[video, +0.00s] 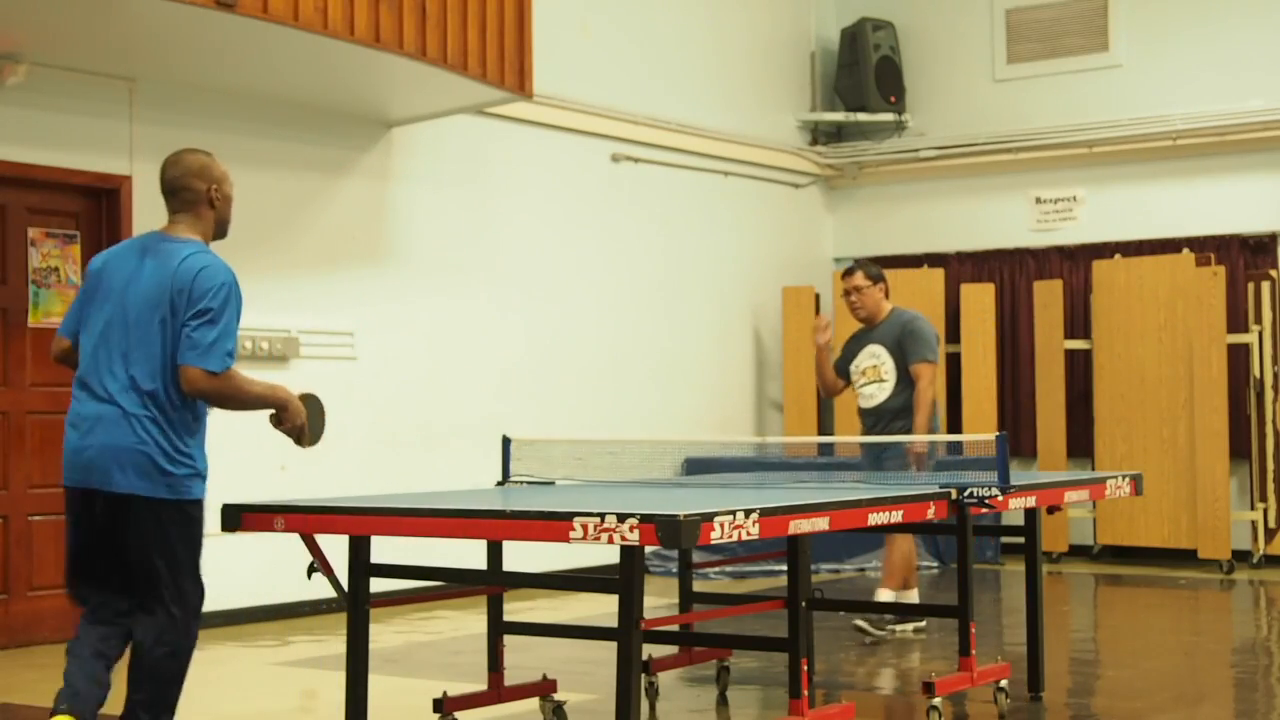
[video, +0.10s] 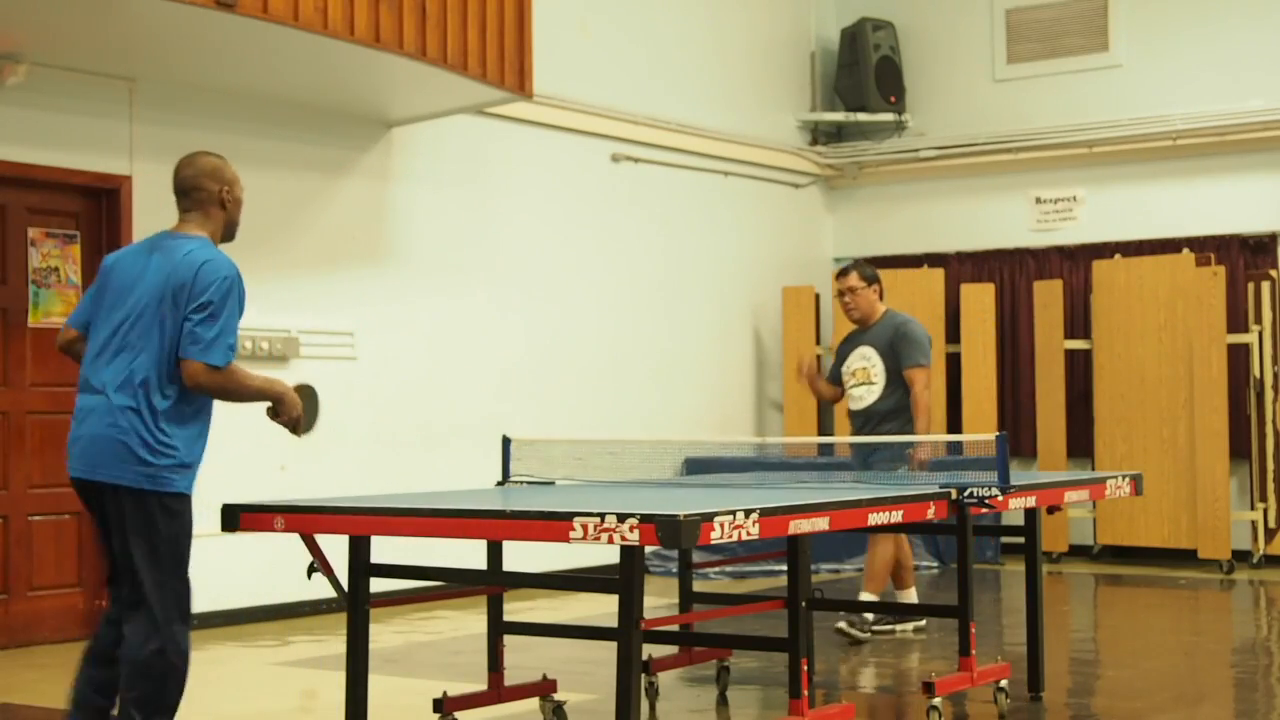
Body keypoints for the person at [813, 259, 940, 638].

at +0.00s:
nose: (853, 299)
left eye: (859, 291)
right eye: (848, 294)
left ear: (882, 290)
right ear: (846, 298)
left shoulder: (911, 325)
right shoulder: (855, 342)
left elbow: (926, 382)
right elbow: (831, 388)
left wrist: (920, 437)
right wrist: (823, 350)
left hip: (907, 442)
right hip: (873, 445)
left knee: (899, 520)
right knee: (896, 521)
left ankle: (883, 605)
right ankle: (910, 608)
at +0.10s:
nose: (846, 301)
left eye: (853, 292)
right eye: (842, 295)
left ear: (875, 291)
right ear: (839, 299)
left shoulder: (905, 330)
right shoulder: (847, 344)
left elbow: (920, 388)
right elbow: (832, 394)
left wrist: (922, 441)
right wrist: (814, 380)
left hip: (897, 444)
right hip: (863, 446)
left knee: (883, 521)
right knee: (887, 522)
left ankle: (865, 610)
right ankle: (909, 607)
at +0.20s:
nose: (843, 299)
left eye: (850, 291)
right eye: (838, 293)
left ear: (872, 290)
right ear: (835, 297)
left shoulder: (898, 331)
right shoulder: (843, 340)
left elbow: (913, 391)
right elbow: (830, 390)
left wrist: (920, 445)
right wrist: (813, 405)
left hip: (888, 446)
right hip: (854, 448)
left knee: (870, 524)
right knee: (880, 525)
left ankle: (859, 614)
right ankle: (908, 607)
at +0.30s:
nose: (839, 295)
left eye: (846, 287)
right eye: (835, 288)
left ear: (869, 287)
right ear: (832, 292)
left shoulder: (893, 331)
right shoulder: (835, 335)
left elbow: (905, 394)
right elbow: (825, 392)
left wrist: (908, 449)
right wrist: (810, 439)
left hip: (875, 446)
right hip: (838, 447)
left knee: (862, 523)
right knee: (860, 522)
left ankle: (858, 612)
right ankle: (896, 594)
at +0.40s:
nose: (833, 292)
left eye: (841, 284)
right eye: (830, 286)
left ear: (865, 286)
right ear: (828, 290)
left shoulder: (886, 330)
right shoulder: (831, 332)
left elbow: (894, 392)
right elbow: (826, 393)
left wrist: (891, 446)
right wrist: (817, 441)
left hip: (866, 442)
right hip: (830, 442)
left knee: (857, 523)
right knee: (835, 523)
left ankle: (856, 612)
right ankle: (880, 580)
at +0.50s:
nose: (827, 290)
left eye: (835, 282)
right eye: (824, 283)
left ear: (859, 284)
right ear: (822, 288)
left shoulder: (879, 328)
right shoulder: (827, 327)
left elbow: (883, 390)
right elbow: (825, 387)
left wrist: (871, 445)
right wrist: (813, 438)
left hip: (860, 444)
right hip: (824, 442)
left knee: (856, 524)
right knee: (812, 519)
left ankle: (857, 615)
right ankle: (863, 578)